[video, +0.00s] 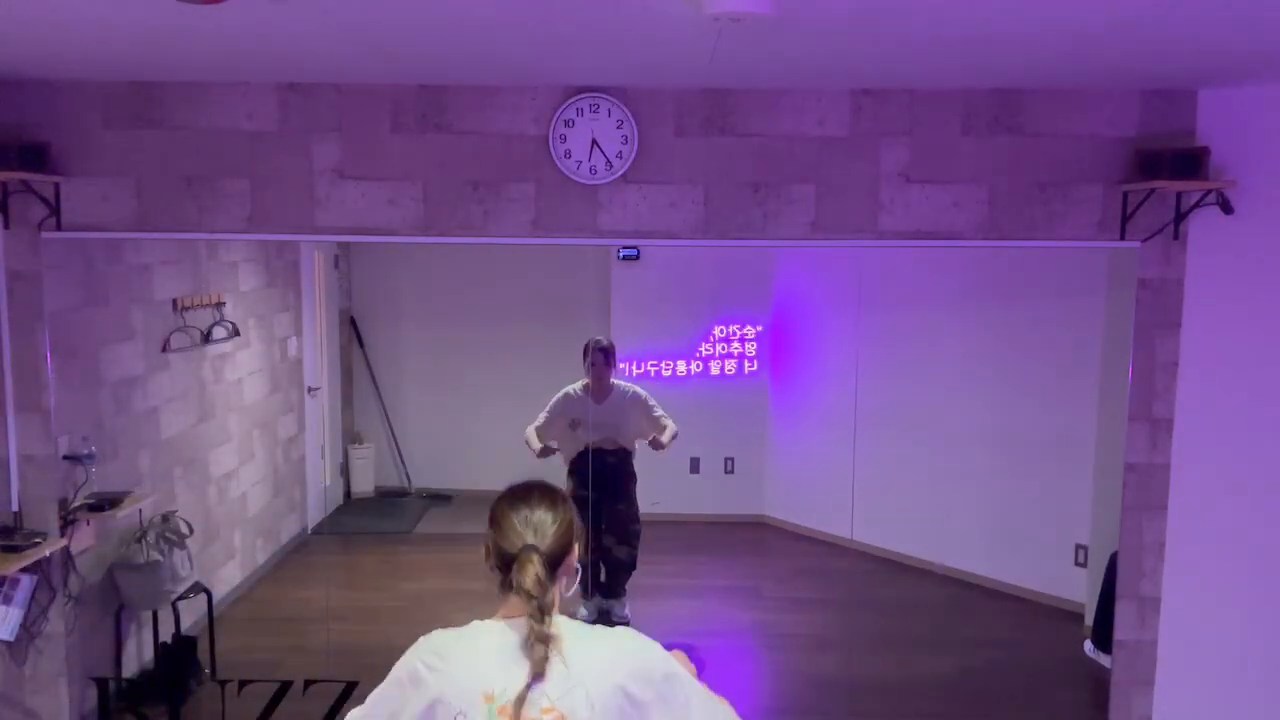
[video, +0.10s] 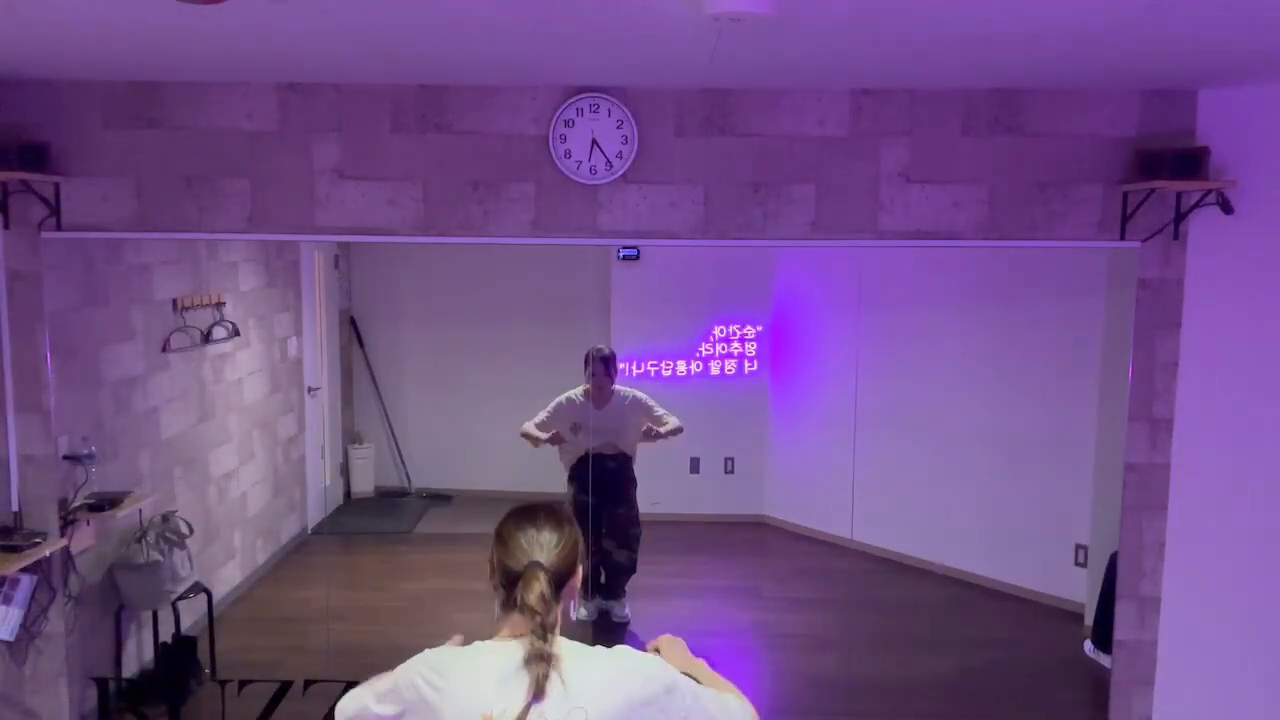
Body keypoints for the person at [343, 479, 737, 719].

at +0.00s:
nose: (579, 562)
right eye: (581, 552)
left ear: (489, 558)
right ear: (573, 561)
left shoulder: (430, 660)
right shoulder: (638, 660)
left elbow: (364, 715)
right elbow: (721, 715)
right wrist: (685, 677)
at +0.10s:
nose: (580, 576)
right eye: (583, 568)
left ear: (494, 574)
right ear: (577, 582)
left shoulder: (433, 676)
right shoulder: (637, 676)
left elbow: (349, 710)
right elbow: (740, 714)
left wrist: (442, 661)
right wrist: (688, 662)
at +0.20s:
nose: (581, 575)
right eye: (583, 568)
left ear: (496, 573)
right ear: (577, 581)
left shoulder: (435, 665)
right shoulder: (623, 666)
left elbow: (349, 666)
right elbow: (746, 682)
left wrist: (448, 624)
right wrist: (676, 632)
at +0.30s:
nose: (579, 552)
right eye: (581, 544)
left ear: (493, 542)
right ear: (574, 555)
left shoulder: (450, 626)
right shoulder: (606, 626)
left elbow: (335, 599)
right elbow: (746, 613)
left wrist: (443, 617)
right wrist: (663, 599)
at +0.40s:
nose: (580, 507)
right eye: (580, 496)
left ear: (491, 497)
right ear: (570, 504)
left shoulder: (436, 568)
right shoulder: (615, 563)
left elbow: (316, 544)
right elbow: (732, 538)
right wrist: (645, 554)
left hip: (469, 713)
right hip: (583, 712)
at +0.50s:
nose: (577, 458)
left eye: (574, 449)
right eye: (576, 450)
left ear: (489, 451)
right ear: (568, 457)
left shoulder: (435, 517)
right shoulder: (615, 503)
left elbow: (305, 544)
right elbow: (708, 526)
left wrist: (399, 626)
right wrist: (632, 580)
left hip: (466, 707)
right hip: (588, 706)